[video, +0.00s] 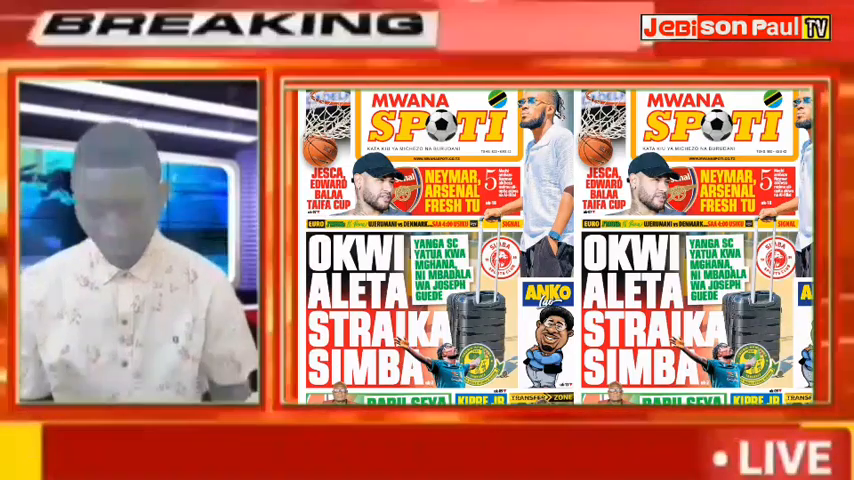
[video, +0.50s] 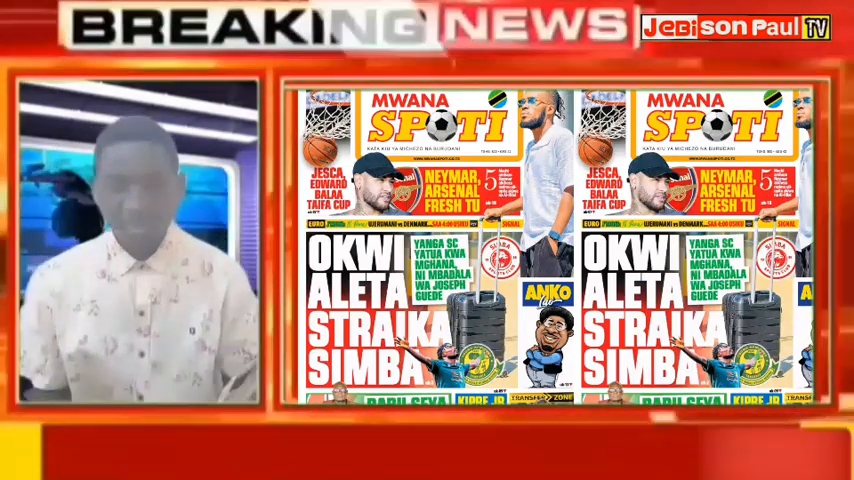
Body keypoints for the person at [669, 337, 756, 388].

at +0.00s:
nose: (728, 349)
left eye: (729, 347)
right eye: (724, 347)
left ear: (731, 351)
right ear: (718, 353)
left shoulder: (737, 366)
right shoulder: (714, 364)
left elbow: (750, 365)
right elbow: (698, 359)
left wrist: (754, 359)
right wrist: (684, 348)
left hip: (737, 401)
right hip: (720, 401)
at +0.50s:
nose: (729, 348)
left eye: (729, 347)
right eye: (724, 347)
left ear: (731, 351)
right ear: (718, 353)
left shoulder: (737, 366)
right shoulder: (714, 364)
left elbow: (749, 365)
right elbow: (698, 359)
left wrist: (754, 359)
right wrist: (684, 348)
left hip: (736, 401)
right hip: (720, 401)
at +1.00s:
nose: (728, 349)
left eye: (729, 347)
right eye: (724, 347)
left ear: (731, 351)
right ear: (718, 353)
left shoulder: (737, 366)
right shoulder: (714, 364)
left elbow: (749, 365)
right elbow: (698, 359)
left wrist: (754, 359)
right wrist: (684, 348)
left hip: (736, 401)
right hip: (720, 401)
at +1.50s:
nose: (728, 349)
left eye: (729, 347)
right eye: (724, 347)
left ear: (731, 351)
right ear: (718, 353)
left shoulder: (737, 366)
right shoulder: (714, 364)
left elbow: (749, 365)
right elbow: (698, 359)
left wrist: (754, 359)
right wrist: (684, 348)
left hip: (737, 400)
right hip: (720, 400)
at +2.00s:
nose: (728, 348)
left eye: (729, 347)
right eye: (724, 347)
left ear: (731, 351)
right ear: (718, 353)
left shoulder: (737, 366)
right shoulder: (714, 364)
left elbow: (749, 365)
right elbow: (698, 359)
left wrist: (754, 359)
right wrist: (684, 348)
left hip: (737, 400)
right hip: (720, 400)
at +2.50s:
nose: (729, 348)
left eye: (729, 347)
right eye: (724, 347)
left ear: (731, 351)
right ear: (718, 353)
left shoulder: (737, 366)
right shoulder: (714, 364)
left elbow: (750, 365)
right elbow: (698, 359)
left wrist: (755, 358)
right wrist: (683, 348)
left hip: (736, 401)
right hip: (720, 401)